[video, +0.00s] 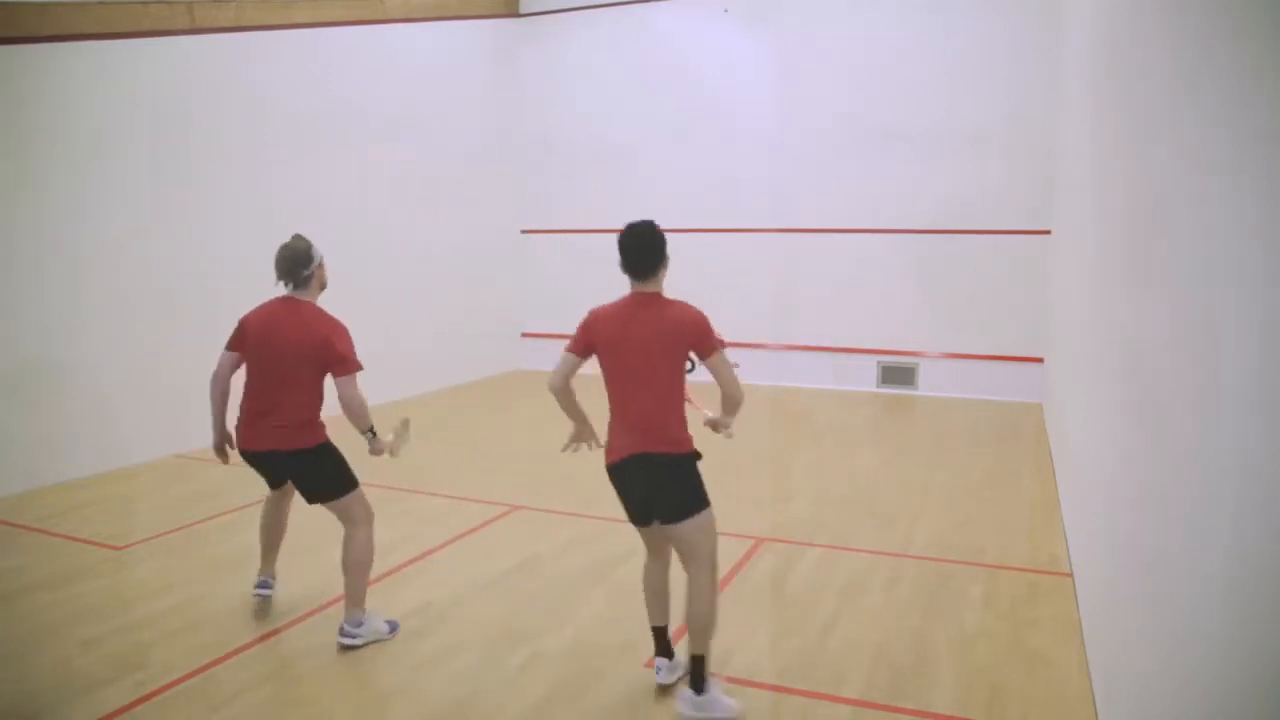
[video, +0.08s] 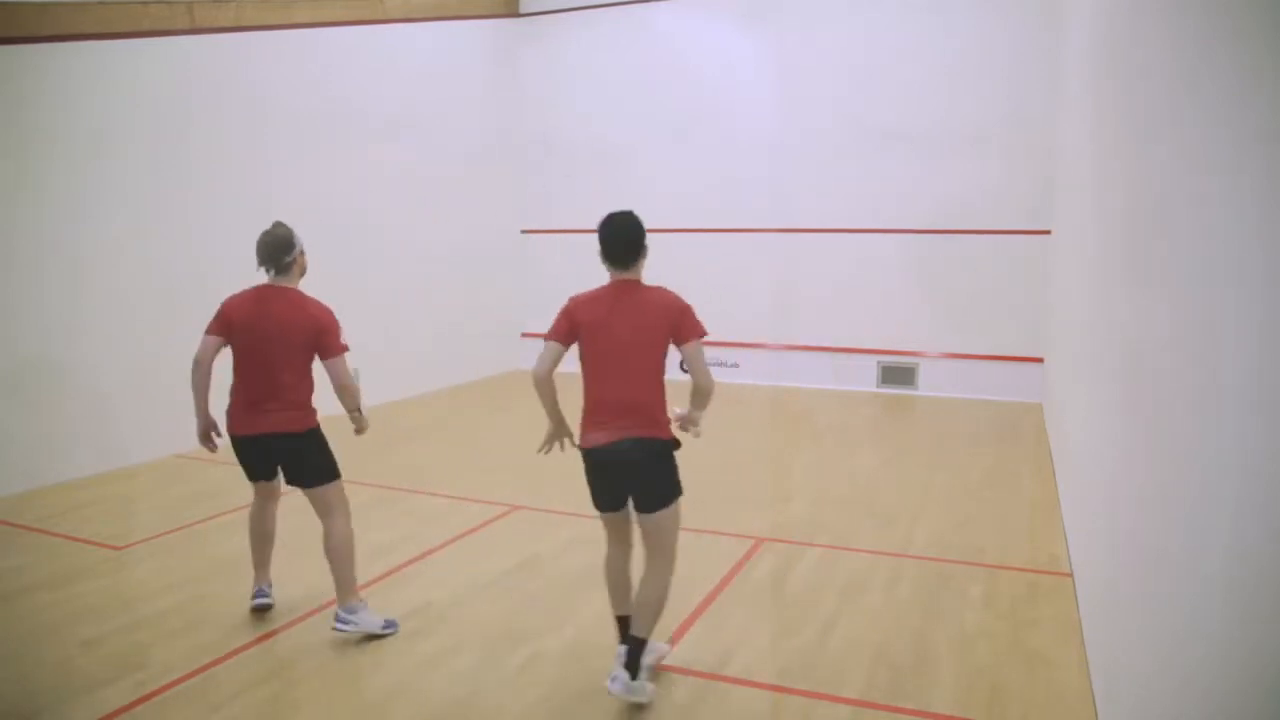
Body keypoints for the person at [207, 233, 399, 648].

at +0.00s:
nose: (326, 271)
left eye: (322, 265)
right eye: (323, 266)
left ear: (284, 276)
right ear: (318, 273)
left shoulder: (255, 319)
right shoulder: (329, 330)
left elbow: (221, 375)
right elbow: (349, 399)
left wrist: (218, 429)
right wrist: (372, 436)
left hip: (252, 443)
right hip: (303, 446)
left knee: (281, 488)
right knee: (359, 517)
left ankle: (265, 578)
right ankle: (355, 621)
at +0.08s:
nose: (306, 259)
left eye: (301, 253)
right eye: (304, 253)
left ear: (264, 263)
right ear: (298, 259)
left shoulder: (235, 306)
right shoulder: (315, 314)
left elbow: (202, 359)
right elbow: (341, 382)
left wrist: (202, 415)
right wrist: (356, 412)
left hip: (245, 432)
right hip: (296, 431)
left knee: (265, 494)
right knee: (335, 512)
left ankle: (261, 586)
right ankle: (350, 608)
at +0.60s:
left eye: (163, 280)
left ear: (166, 283)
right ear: (199, 281)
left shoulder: (161, 334)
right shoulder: (212, 323)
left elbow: (143, 372)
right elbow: (156, 340)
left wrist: (133, 371)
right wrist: (113, 330)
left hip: (175, 438)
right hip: (223, 436)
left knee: (143, 479)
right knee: (231, 502)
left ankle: (155, 555)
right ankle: (268, 550)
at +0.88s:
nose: (140, 276)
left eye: (140, 271)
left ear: (138, 276)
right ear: (173, 275)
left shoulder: (128, 327)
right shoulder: (189, 317)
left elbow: (113, 390)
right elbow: (203, 356)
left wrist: (96, 444)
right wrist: (223, 368)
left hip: (146, 430)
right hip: (195, 426)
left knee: (125, 480)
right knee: (205, 481)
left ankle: (154, 555)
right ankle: (221, 542)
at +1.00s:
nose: (134, 269)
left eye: (134, 265)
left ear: (136, 270)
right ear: (170, 267)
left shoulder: (125, 319)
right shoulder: (194, 313)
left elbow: (113, 379)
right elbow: (227, 361)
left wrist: (96, 435)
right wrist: (262, 385)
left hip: (144, 425)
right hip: (193, 423)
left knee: (132, 480)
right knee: (195, 487)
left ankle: (155, 554)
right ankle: (183, 548)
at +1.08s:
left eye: (142, 264)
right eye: (169, 258)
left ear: (139, 268)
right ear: (174, 264)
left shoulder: (128, 316)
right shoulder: (201, 312)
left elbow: (116, 373)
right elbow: (233, 364)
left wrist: (100, 426)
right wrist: (270, 392)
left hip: (145, 428)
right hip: (195, 427)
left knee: (142, 483)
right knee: (190, 498)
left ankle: (154, 556)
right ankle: (162, 565)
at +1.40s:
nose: (222, 252)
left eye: (219, 247)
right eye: (219, 248)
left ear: (183, 259)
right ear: (213, 255)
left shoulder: (163, 301)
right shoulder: (236, 302)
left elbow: (137, 362)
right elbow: (253, 365)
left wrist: (112, 412)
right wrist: (271, 407)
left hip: (177, 412)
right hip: (220, 413)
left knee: (215, 478)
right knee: (204, 497)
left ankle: (229, 549)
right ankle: (163, 574)